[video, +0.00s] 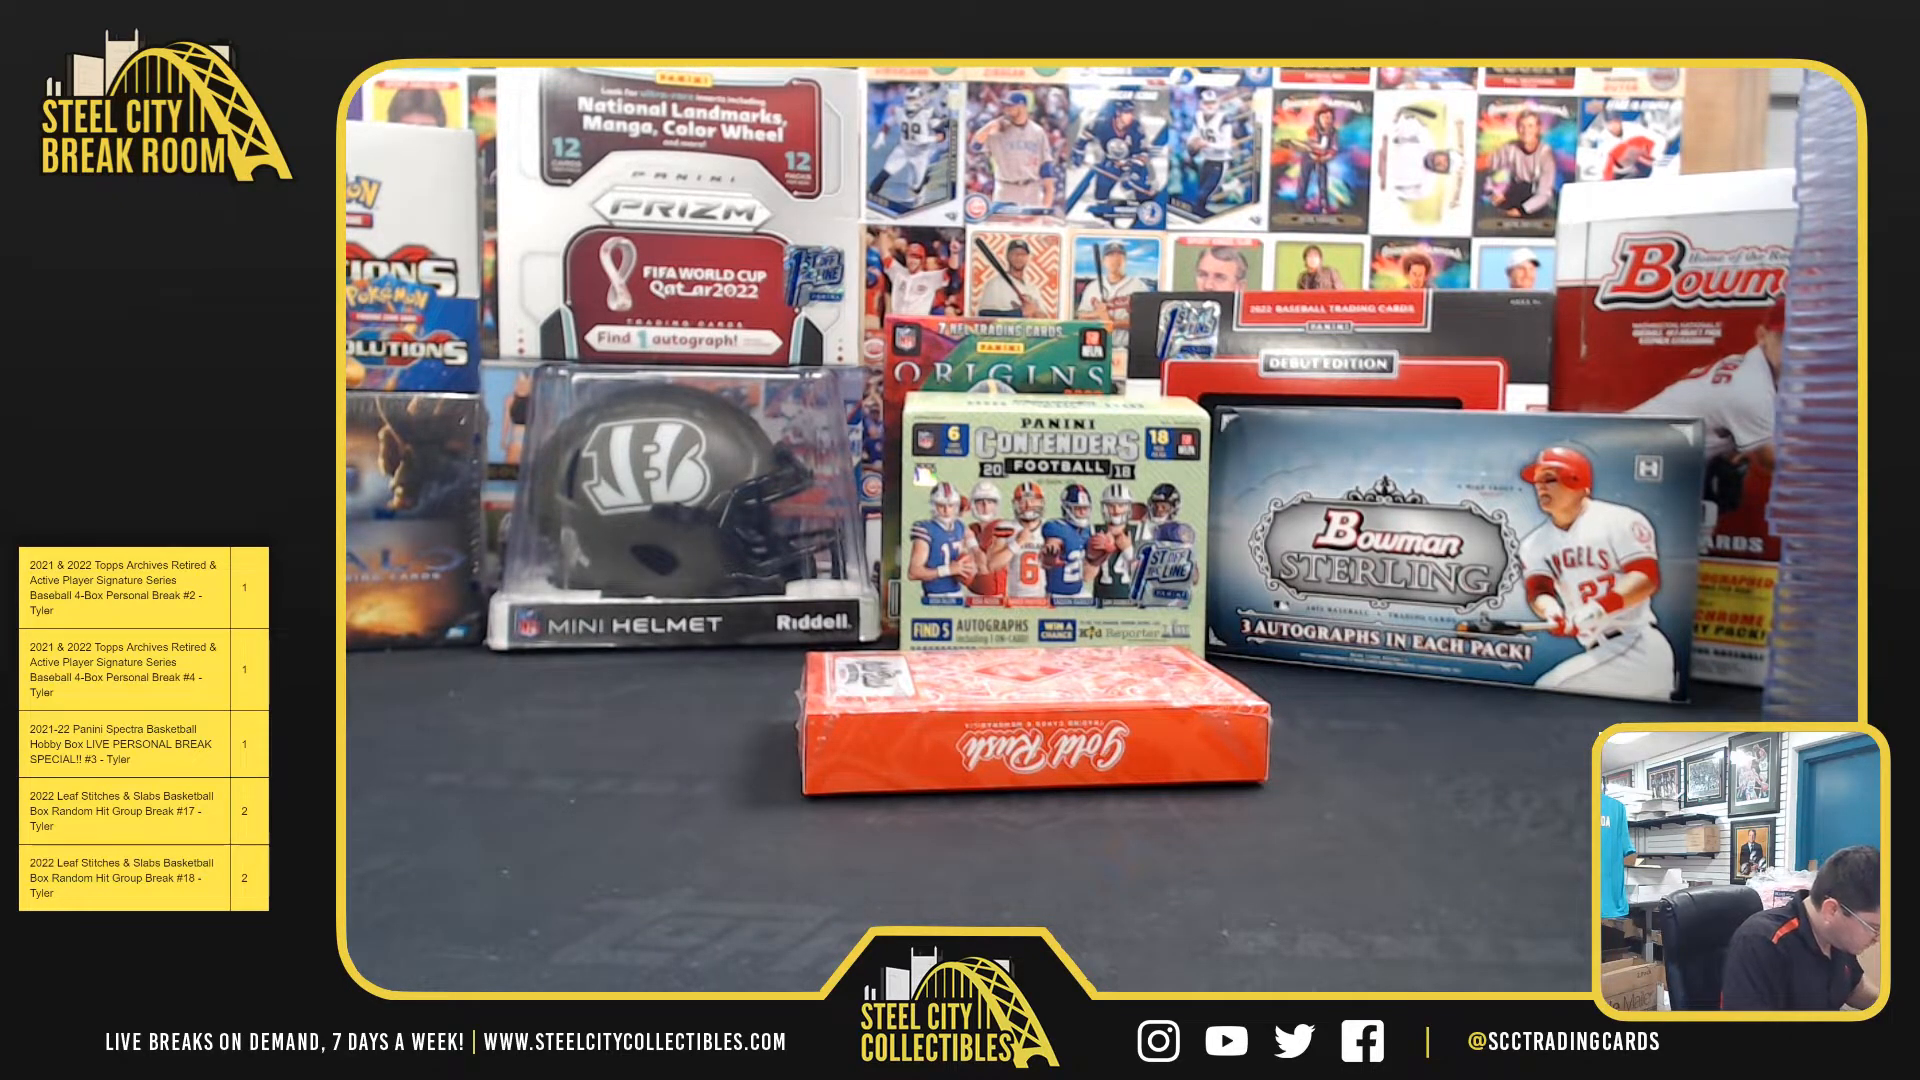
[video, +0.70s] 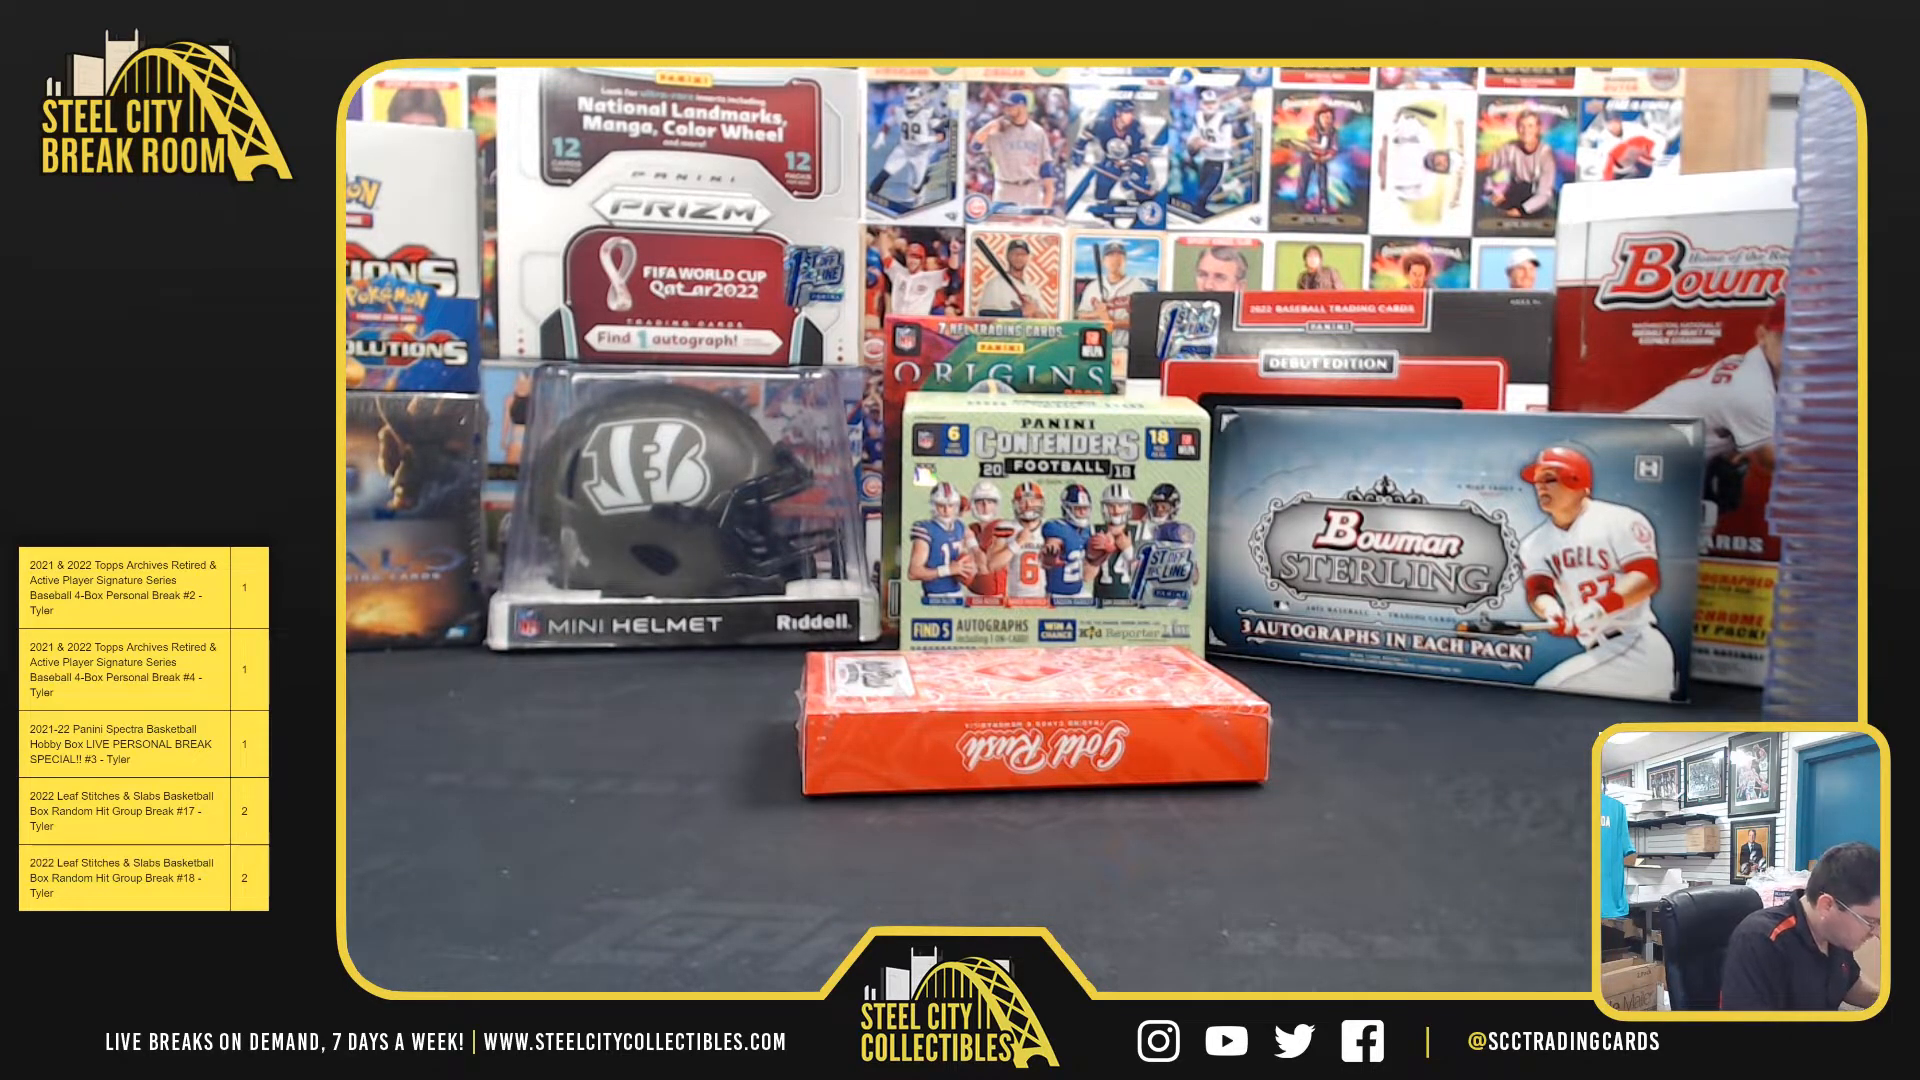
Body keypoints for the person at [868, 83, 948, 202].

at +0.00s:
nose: (910, 103)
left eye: (913, 99)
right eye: (908, 99)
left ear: (920, 100)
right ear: (905, 100)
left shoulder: (928, 114)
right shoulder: (899, 113)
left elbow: (942, 135)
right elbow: (887, 125)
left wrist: (928, 139)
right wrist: (881, 138)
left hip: (921, 153)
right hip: (903, 150)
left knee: (915, 187)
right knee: (885, 173)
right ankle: (868, 198)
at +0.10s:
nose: (910, 103)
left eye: (913, 99)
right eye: (908, 99)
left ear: (921, 100)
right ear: (905, 100)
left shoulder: (928, 114)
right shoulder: (900, 113)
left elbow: (942, 135)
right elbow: (887, 125)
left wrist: (928, 139)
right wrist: (881, 138)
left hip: (921, 153)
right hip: (903, 150)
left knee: (915, 187)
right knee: (885, 173)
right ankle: (868, 197)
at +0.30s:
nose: (910, 103)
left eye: (913, 99)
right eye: (908, 99)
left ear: (921, 100)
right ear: (905, 100)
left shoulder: (928, 114)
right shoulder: (900, 113)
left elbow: (942, 135)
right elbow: (887, 125)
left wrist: (928, 139)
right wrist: (881, 138)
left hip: (921, 153)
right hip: (903, 150)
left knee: (915, 187)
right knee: (885, 173)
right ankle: (868, 197)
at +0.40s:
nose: (910, 103)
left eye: (913, 99)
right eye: (908, 99)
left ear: (920, 100)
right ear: (905, 100)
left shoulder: (928, 114)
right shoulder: (899, 113)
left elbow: (942, 135)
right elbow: (887, 125)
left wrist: (928, 139)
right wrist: (881, 138)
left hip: (921, 153)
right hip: (903, 150)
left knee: (915, 187)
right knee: (885, 173)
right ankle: (868, 198)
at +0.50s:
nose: (910, 102)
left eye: (913, 99)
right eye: (908, 99)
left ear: (920, 100)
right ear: (905, 100)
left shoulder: (928, 114)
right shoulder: (900, 113)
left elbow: (942, 135)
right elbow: (887, 125)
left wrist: (928, 139)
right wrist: (881, 138)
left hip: (921, 153)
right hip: (903, 150)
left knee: (915, 186)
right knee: (885, 173)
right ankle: (868, 197)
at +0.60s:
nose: (910, 102)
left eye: (913, 99)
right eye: (908, 99)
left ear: (920, 100)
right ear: (905, 100)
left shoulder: (928, 114)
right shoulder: (899, 113)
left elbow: (942, 135)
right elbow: (887, 125)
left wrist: (928, 139)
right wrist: (881, 138)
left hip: (921, 153)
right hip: (903, 150)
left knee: (915, 186)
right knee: (885, 173)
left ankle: (919, 196)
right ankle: (868, 198)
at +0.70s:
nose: (910, 103)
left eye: (913, 99)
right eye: (908, 99)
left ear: (920, 100)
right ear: (905, 100)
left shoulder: (928, 114)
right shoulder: (899, 113)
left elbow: (942, 135)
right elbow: (887, 125)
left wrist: (928, 139)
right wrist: (881, 138)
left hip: (921, 153)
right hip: (903, 150)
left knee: (915, 186)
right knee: (885, 173)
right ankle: (868, 198)